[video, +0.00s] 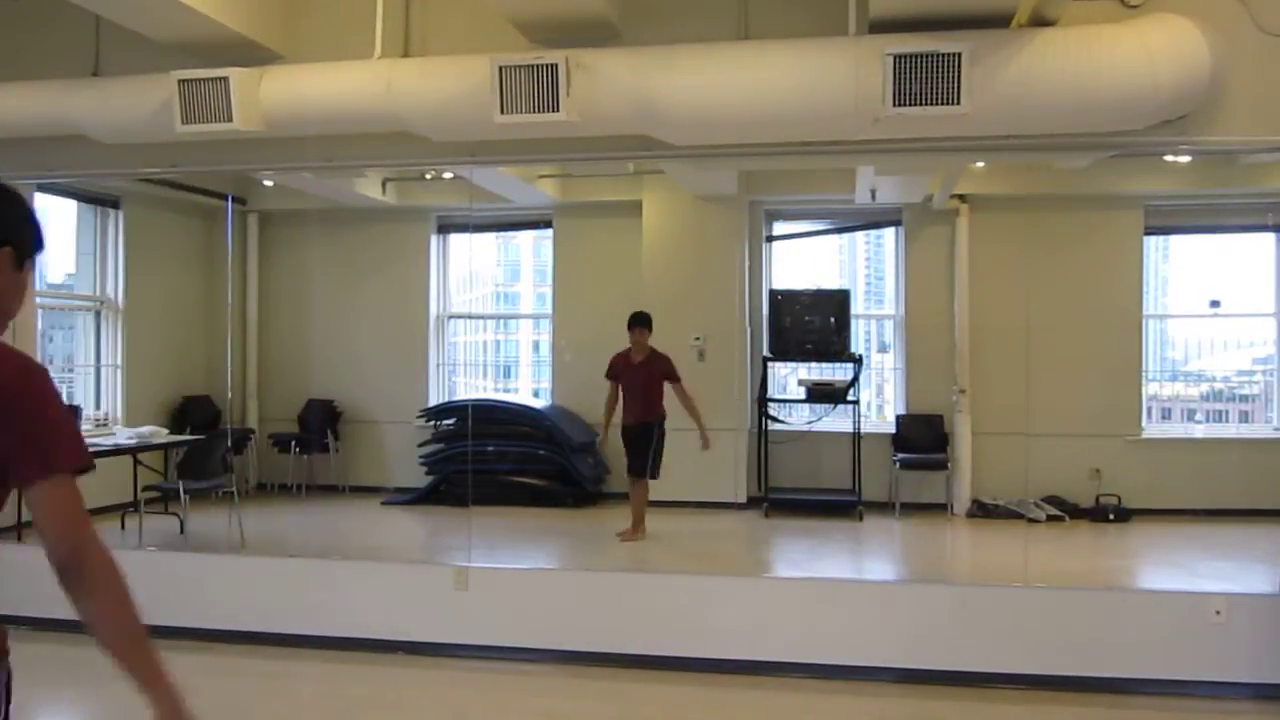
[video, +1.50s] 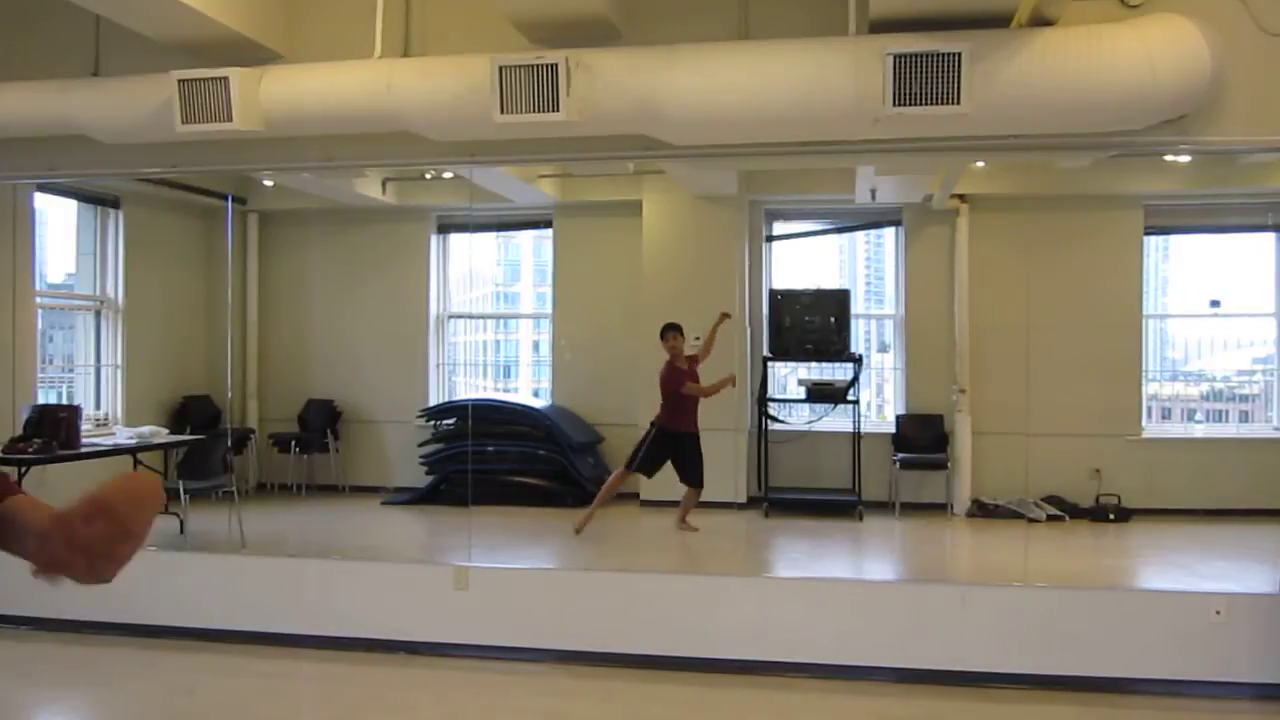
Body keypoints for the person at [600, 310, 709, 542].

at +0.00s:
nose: (638, 337)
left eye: (643, 333)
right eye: (634, 332)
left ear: (650, 334)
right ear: (628, 333)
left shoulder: (661, 361)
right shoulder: (619, 361)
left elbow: (683, 396)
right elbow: (612, 397)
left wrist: (702, 429)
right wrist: (605, 430)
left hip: (653, 424)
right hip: (629, 425)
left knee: (640, 476)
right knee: (634, 476)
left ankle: (638, 527)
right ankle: (637, 525)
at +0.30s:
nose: (631, 330)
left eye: (636, 325)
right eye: (628, 325)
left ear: (644, 326)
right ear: (624, 327)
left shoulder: (644, 350)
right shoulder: (644, 340)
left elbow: (616, 363)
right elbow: (660, 341)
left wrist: (582, 359)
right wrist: (669, 349)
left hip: (654, 416)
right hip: (636, 412)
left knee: (641, 466)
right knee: (619, 455)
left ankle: (647, 516)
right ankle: (598, 501)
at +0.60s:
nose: (646, 334)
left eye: (651, 329)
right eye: (642, 330)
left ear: (660, 332)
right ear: (638, 333)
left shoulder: (665, 360)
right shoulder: (640, 359)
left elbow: (642, 384)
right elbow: (636, 385)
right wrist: (609, 380)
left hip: (664, 424)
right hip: (647, 424)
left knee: (643, 473)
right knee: (652, 471)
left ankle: (648, 521)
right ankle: (657, 507)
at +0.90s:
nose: (661, 333)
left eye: (666, 328)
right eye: (657, 329)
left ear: (674, 331)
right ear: (652, 333)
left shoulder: (690, 354)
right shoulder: (649, 364)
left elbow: (724, 361)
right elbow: (656, 387)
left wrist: (754, 369)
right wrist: (678, 387)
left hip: (694, 424)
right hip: (668, 429)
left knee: (714, 470)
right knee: (685, 479)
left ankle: (739, 512)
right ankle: (709, 520)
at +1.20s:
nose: (673, 321)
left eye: (677, 316)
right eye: (669, 317)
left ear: (685, 318)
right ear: (664, 321)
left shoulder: (696, 340)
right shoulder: (666, 351)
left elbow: (716, 334)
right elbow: (695, 371)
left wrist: (736, 317)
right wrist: (723, 360)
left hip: (696, 408)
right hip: (670, 409)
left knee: (702, 461)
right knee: (644, 455)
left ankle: (692, 507)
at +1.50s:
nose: (672, 343)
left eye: (676, 338)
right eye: (667, 339)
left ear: (684, 340)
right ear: (663, 344)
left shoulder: (691, 362)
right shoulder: (670, 374)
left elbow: (706, 349)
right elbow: (704, 392)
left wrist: (717, 324)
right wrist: (727, 381)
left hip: (687, 433)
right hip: (663, 431)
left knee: (696, 484)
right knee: (627, 470)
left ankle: (681, 520)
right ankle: (590, 513)